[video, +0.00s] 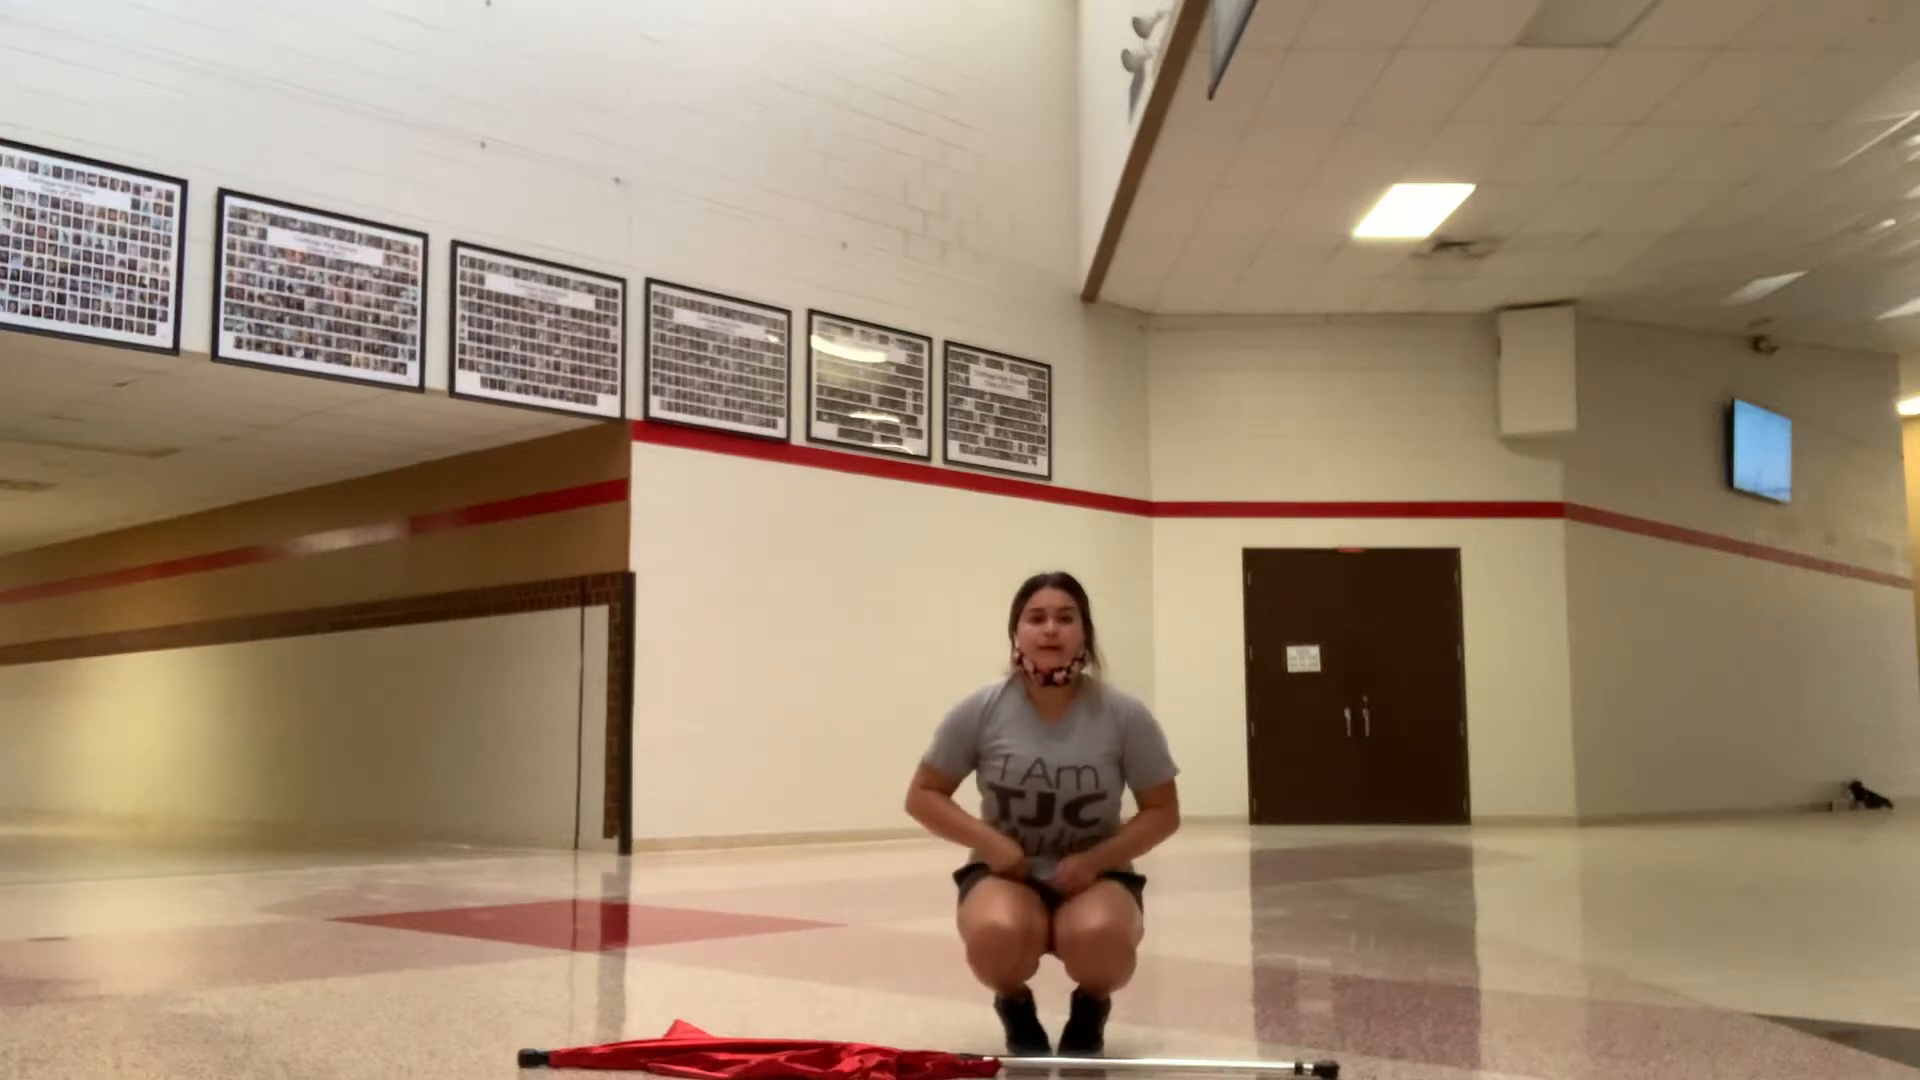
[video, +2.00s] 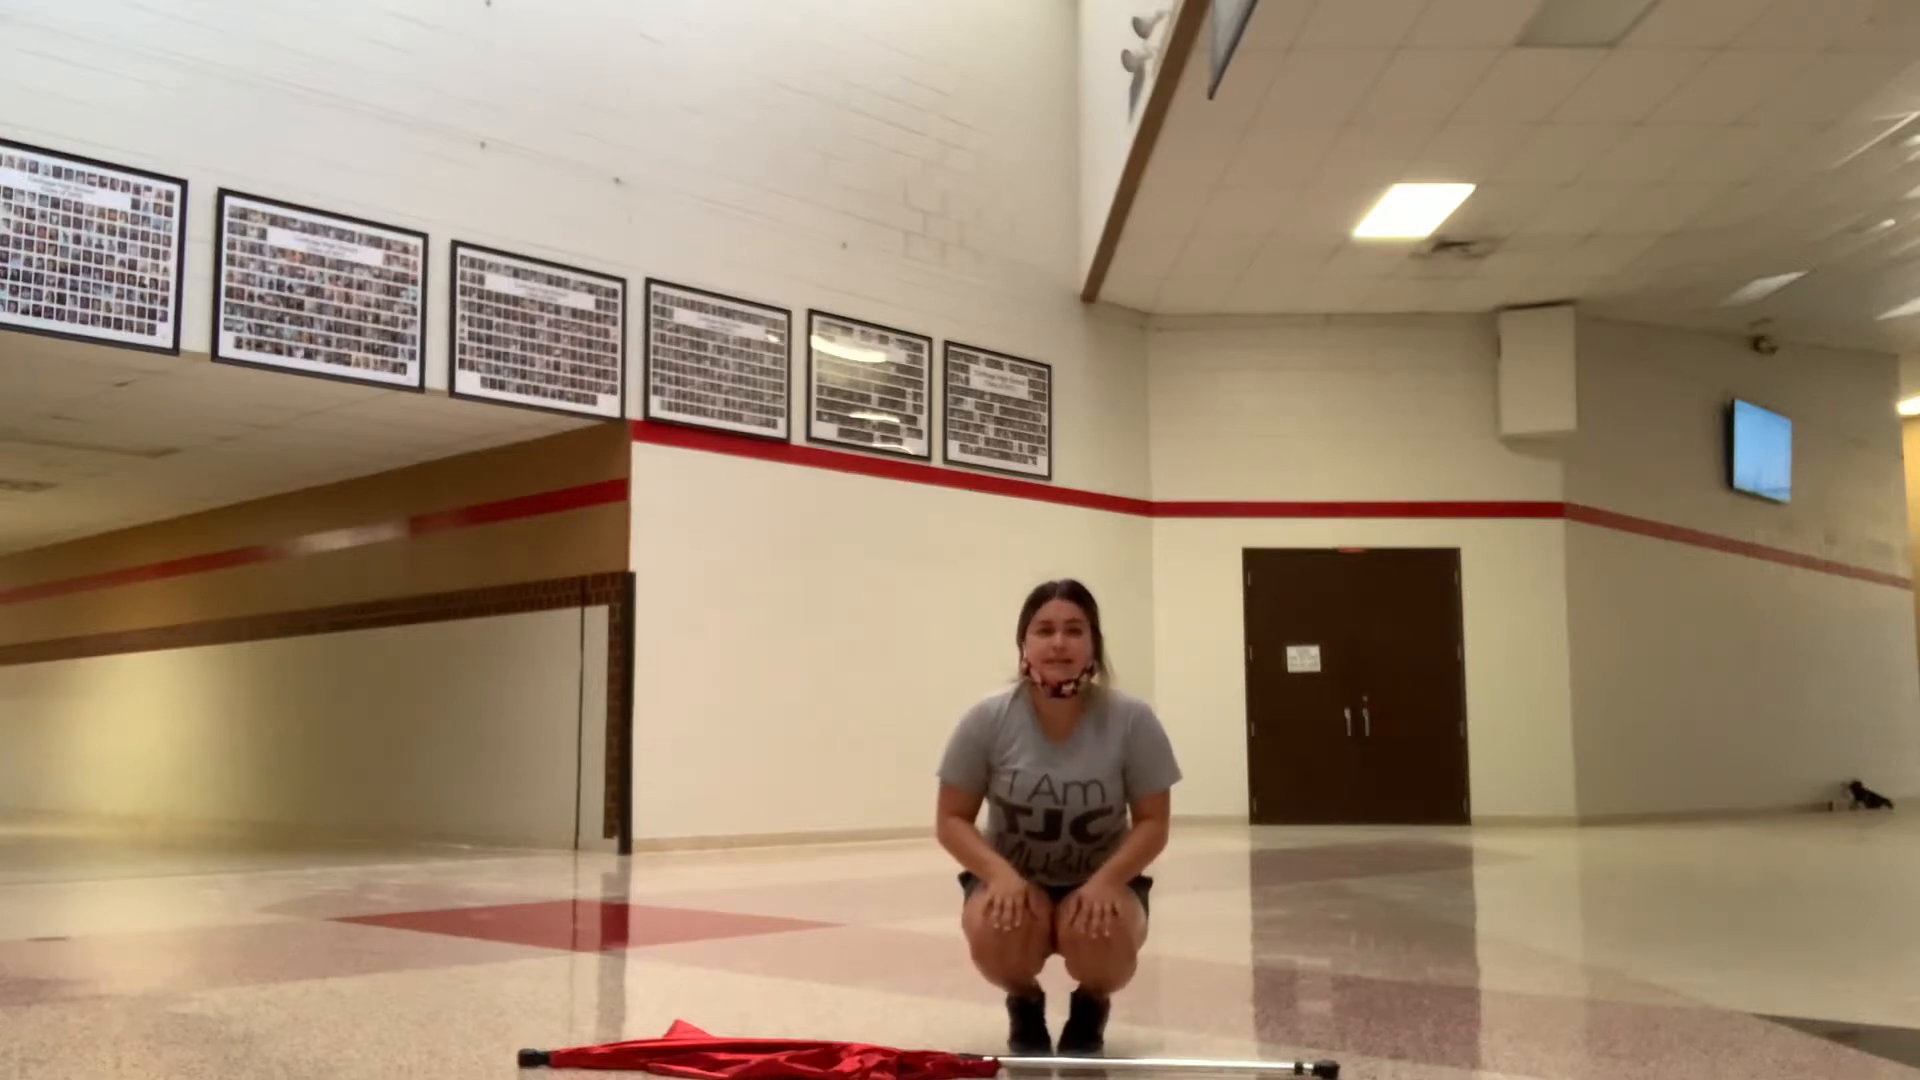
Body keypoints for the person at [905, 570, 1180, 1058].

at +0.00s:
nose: (1050, 628)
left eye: (1065, 617)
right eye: (1035, 617)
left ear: (1085, 635)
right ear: (1015, 635)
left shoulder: (1124, 716)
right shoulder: (981, 712)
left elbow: (1164, 814)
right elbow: (923, 796)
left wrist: (1094, 861)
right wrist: (989, 842)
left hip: (1095, 878)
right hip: (1006, 875)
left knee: (1100, 933)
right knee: (997, 931)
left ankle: (1090, 1011)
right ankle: (1015, 1009)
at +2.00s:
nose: (1059, 643)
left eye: (1073, 630)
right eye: (1044, 630)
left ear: (1094, 646)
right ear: (1023, 647)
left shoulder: (1130, 721)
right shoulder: (988, 722)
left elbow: (1154, 823)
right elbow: (951, 822)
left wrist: (1104, 880)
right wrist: (1000, 873)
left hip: (1101, 885)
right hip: (1014, 884)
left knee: (1101, 931)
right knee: (999, 927)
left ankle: (1091, 1007)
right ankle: (1023, 1004)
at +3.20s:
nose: (1040, 701)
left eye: (1055, 685)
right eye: (1026, 685)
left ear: (1081, 681)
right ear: (1011, 679)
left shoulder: (1125, 738)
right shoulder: (979, 738)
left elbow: (1161, 835)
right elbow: (948, 831)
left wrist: (1127, 882)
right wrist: (963, 885)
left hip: (1093, 888)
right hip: (1012, 886)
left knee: (1097, 922)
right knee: (1000, 919)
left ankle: (1087, 1002)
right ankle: (1023, 1001)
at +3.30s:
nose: (1037, 722)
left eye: (1053, 707)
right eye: (1024, 706)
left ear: (1081, 698)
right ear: (1009, 697)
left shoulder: (1125, 749)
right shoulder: (979, 749)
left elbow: (1166, 844)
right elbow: (943, 841)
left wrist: (1154, 911)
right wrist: (939, 915)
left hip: (1095, 881)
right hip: (1007, 880)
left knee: (1100, 921)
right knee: (1000, 922)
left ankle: (1085, 1001)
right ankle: (1025, 1001)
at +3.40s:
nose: (1037, 741)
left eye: (1053, 726)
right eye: (1024, 726)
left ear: (1080, 715)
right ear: (1009, 715)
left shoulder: (1123, 760)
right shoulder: (981, 758)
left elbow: (1171, 860)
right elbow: (937, 856)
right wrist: (932, 954)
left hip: (1095, 882)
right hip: (1006, 881)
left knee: (1105, 918)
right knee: (1001, 920)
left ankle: (1085, 1002)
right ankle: (1025, 1001)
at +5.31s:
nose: (1057, 805)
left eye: (1073, 790)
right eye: (1041, 792)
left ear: (1089, 771)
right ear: (1016, 773)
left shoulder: (1126, 791)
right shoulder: (976, 787)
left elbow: (1155, 910)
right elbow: (940, 903)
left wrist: (1174, 1024)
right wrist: (924, 1018)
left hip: (1092, 901)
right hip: (1018, 903)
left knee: (1098, 922)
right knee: (987, 915)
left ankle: (1081, 1003)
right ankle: (1028, 1002)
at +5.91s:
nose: (1044, 801)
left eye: (1061, 786)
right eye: (1028, 786)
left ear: (1080, 766)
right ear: (1008, 769)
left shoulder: (1120, 790)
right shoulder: (973, 786)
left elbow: (1153, 908)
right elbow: (941, 905)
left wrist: (1175, 1022)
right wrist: (923, 1017)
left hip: (1090, 910)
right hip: (1018, 911)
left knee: (1099, 921)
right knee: (985, 918)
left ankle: (1080, 1003)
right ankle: (1031, 1001)